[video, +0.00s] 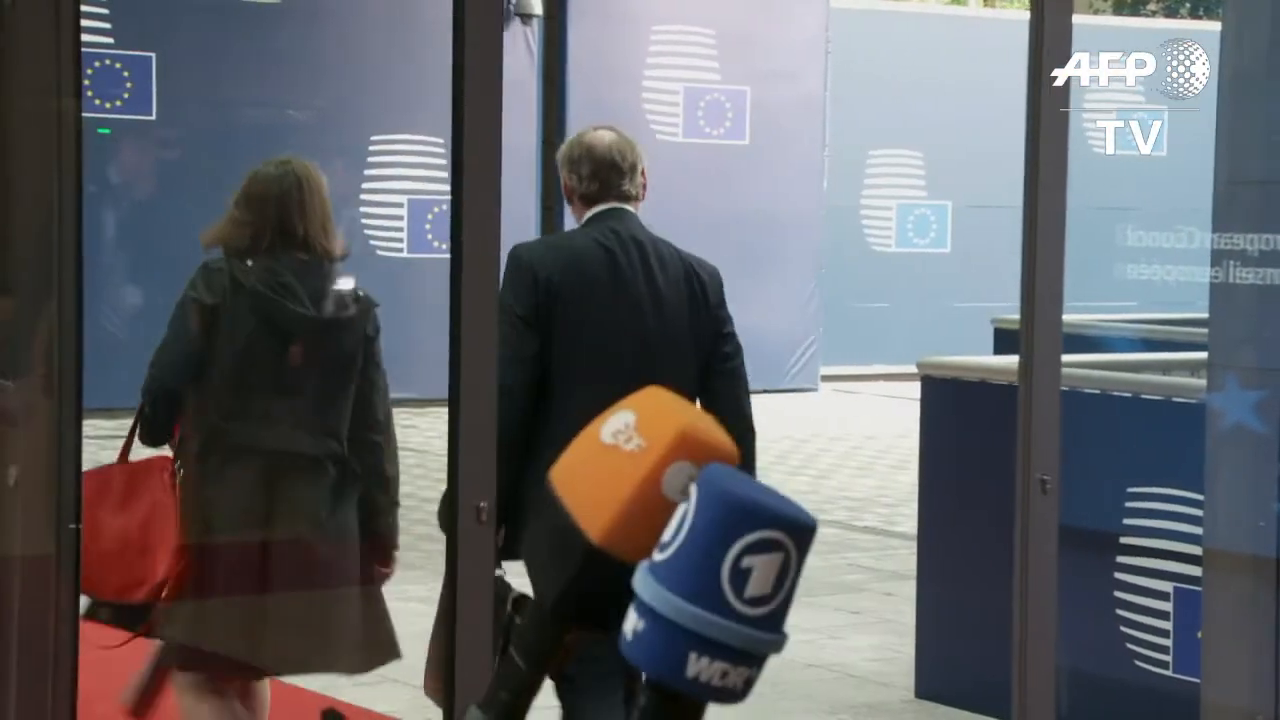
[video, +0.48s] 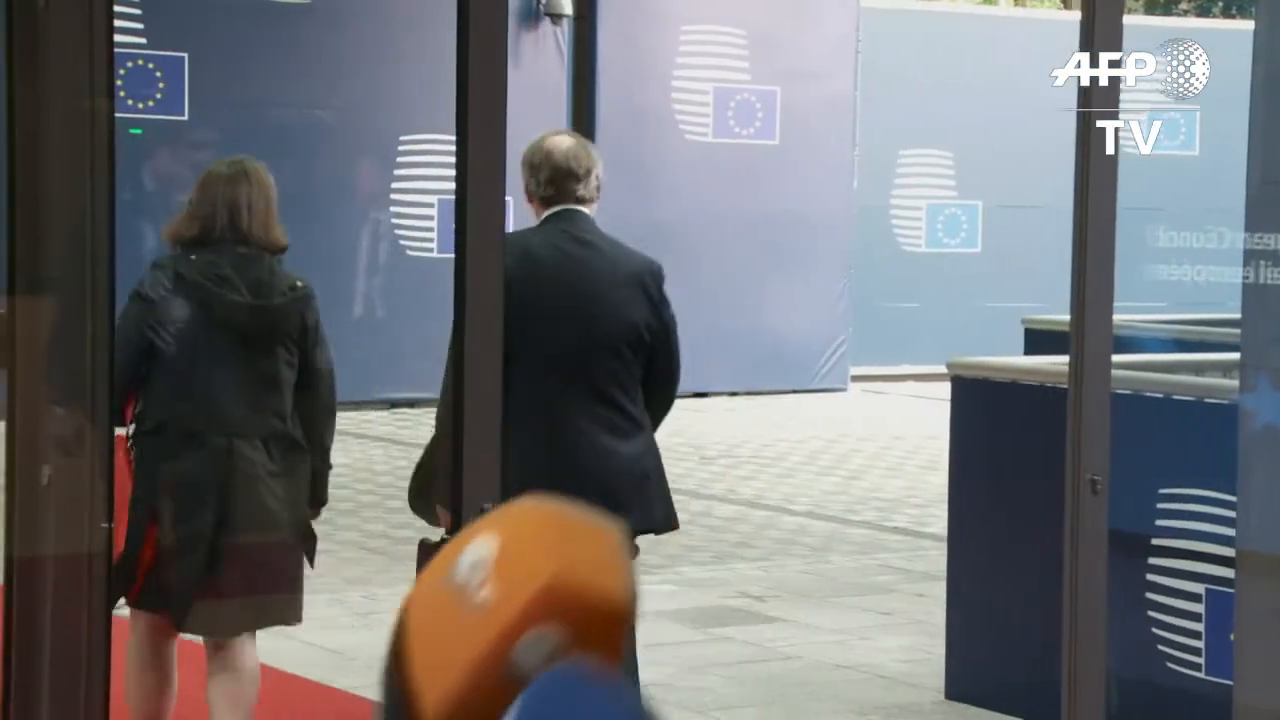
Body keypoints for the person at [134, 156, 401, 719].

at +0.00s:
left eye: (242, 208)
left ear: (246, 213)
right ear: (320, 218)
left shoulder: (217, 282)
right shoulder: (351, 304)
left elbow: (166, 380)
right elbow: (373, 433)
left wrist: (155, 426)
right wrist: (380, 539)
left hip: (224, 512)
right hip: (313, 520)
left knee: (194, 672)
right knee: (246, 669)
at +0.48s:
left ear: (198, 211)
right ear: (267, 216)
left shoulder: (163, 286)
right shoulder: (294, 296)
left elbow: (115, 383)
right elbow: (318, 404)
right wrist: (311, 492)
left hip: (174, 490)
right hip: (260, 491)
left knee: (152, 630)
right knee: (234, 639)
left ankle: (146, 718)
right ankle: (231, 719)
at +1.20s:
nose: (273, 200)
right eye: (269, 191)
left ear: (202, 192)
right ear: (263, 198)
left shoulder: (166, 260)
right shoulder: (285, 269)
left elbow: (139, 347)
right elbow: (308, 368)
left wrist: (141, 419)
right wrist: (310, 447)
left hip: (173, 434)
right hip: (253, 441)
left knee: (164, 558)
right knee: (223, 581)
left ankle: (161, 688)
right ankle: (198, 710)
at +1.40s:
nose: (267, 214)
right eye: (263, 205)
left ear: (202, 209)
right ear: (260, 213)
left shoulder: (167, 275)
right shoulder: (278, 283)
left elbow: (144, 360)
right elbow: (306, 368)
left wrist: (147, 431)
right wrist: (310, 439)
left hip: (175, 442)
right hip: (250, 445)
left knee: (176, 567)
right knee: (220, 577)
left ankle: (176, 673)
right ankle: (199, 705)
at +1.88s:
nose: (265, 214)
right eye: (262, 205)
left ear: (201, 205)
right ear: (254, 211)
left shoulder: (164, 268)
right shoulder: (268, 277)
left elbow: (141, 349)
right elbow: (283, 366)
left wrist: (136, 423)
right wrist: (288, 441)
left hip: (169, 418)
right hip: (237, 421)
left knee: (179, 543)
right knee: (228, 538)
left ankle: (185, 667)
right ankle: (217, 635)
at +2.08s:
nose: (275, 210)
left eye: (268, 200)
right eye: (272, 202)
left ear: (214, 203)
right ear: (265, 209)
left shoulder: (179, 262)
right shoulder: (280, 274)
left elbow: (144, 340)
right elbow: (296, 359)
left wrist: (139, 421)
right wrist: (306, 432)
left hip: (182, 412)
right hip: (249, 417)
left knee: (180, 530)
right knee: (230, 538)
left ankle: (182, 604)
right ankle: (210, 640)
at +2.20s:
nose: (277, 203)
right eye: (274, 195)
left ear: (217, 196)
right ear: (267, 201)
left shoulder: (185, 254)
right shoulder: (284, 264)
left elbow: (149, 327)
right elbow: (308, 348)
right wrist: (321, 418)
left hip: (187, 401)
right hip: (252, 406)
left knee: (184, 509)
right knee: (230, 534)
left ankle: (182, 599)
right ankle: (209, 642)